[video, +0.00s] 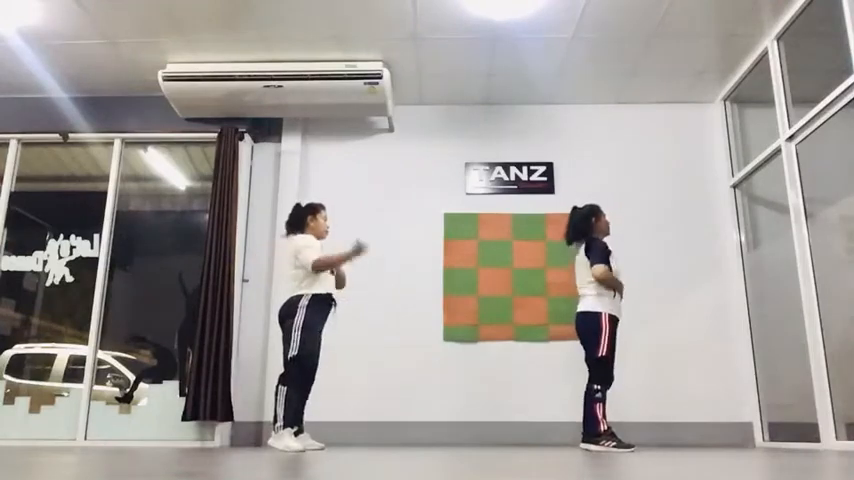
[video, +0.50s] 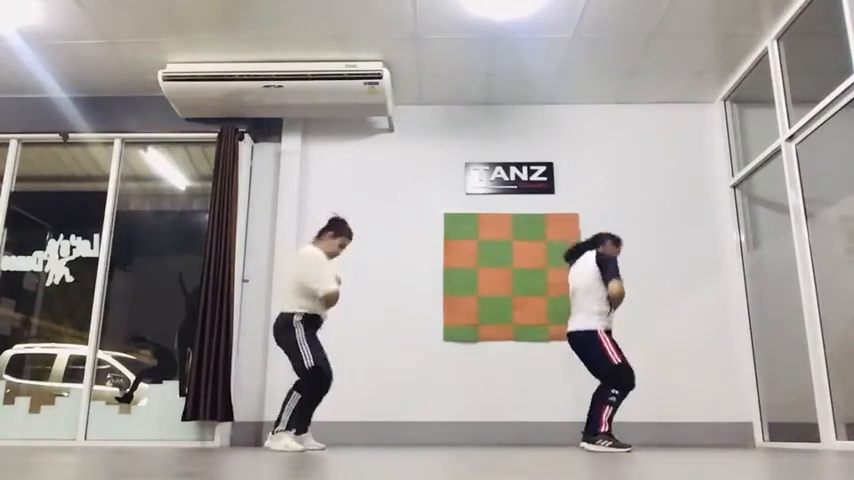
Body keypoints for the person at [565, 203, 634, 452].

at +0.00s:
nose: (608, 221)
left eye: (605, 216)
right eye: (604, 217)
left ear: (590, 223)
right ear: (595, 222)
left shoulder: (584, 247)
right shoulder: (597, 245)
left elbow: (589, 278)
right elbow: (600, 272)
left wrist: (609, 283)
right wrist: (617, 284)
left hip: (588, 312)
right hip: (600, 314)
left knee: (598, 375)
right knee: (601, 375)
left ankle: (593, 432)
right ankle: (597, 433)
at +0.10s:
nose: (607, 221)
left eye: (604, 217)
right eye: (603, 218)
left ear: (590, 224)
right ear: (594, 223)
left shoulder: (585, 247)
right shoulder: (598, 245)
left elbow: (587, 278)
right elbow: (605, 270)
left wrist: (611, 285)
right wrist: (619, 284)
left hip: (587, 312)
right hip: (599, 313)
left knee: (597, 375)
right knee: (601, 375)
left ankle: (593, 432)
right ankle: (598, 433)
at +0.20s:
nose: (606, 222)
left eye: (604, 218)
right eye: (602, 219)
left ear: (589, 225)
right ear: (593, 224)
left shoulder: (584, 247)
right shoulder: (599, 241)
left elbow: (589, 278)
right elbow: (608, 264)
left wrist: (612, 284)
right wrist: (621, 282)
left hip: (584, 313)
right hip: (598, 314)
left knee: (597, 375)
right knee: (602, 374)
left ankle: (592, 433)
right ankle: (599, 433)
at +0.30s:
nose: (605, 225)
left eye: (603, 221)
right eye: (602, 222)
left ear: (587, 229)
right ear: (594, 226)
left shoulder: (582, 251)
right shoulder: (601, 241)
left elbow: (585, 282)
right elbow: (611, 261)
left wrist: (611, 285)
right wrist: (624, 285)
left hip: (580, 314)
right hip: (596, 314)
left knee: (595, 375)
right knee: (605, 373)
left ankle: (591, 433)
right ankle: (600, 433)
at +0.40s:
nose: (607, 237)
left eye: (605, 233)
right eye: (605, 233)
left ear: (584, 239)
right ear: (597, 235)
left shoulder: (579, 259)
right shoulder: (602, 246)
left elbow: (581, 290)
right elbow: (616, 271)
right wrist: (619, 296)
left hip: (576, 319)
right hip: (594, 319)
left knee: (600, 376)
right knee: (613, 374)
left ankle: (591, 433)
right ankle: (600, 432)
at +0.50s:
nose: (617, 254)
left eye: (618, 250)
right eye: (616, 249)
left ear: (595, 244)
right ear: (605, 243)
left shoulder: (578, 263)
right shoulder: (604, 258)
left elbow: (579, 297)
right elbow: (616, 290)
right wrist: (611, 307)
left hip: (577, 330)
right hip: (593, 329)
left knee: (611, 379)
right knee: (623, 378)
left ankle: (592, 433)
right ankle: (599, 433)